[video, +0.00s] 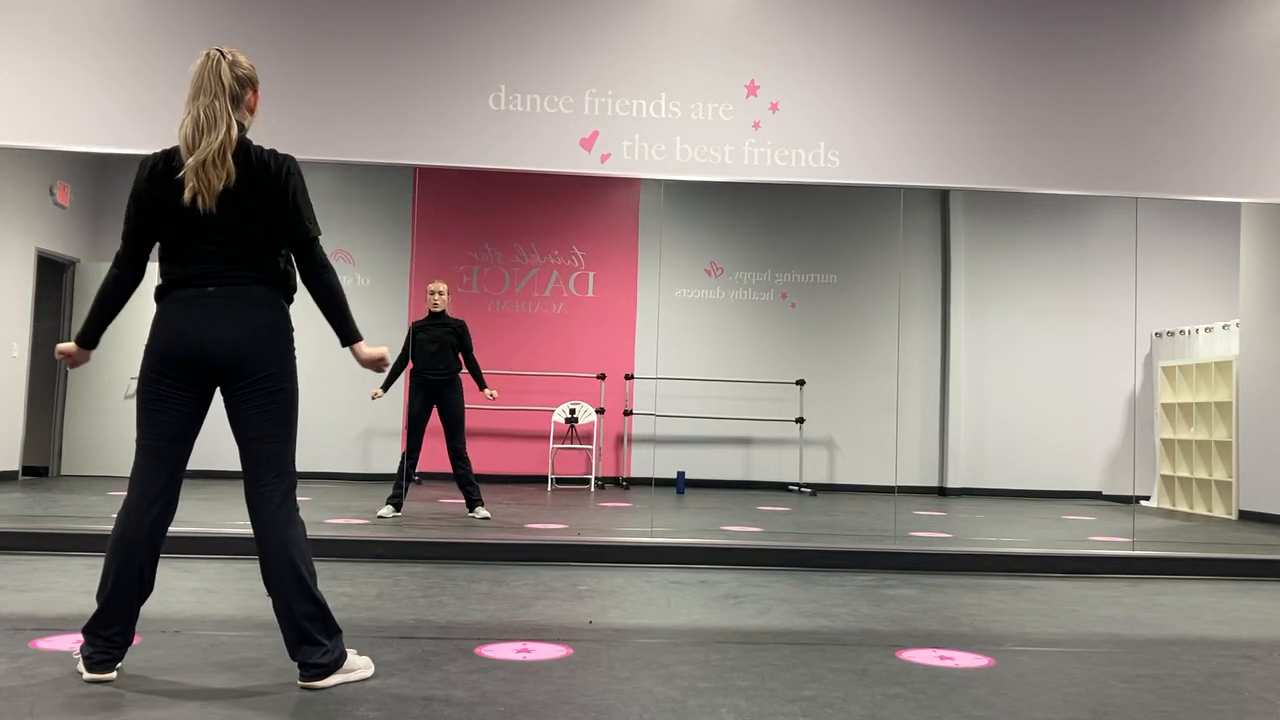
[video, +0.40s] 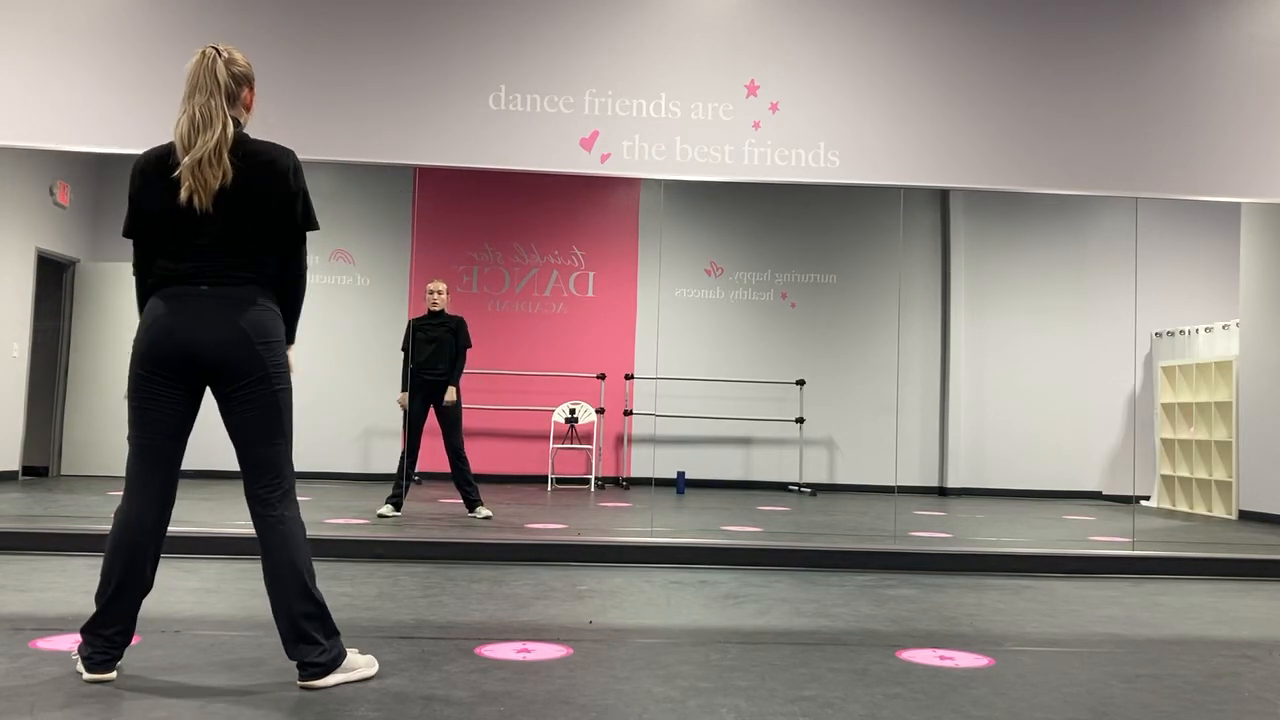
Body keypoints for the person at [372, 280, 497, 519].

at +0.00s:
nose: (436, 297)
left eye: (440, 293)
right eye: (432, 293)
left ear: (448, 298)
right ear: (426, 297)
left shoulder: (458, 326)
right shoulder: (417, 327)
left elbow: (469, 358)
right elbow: (402, 360)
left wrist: (484, 387)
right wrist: (383, 388)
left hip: (450, 390)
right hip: (420, 391)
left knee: (458, 448)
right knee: (411, 448)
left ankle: (475, 505)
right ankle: (394, 504)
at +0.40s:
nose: (435, 296)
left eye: (439, 293)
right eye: (431, 292)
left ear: (447, 297)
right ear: (425, 296)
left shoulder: (457, 323)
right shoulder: (414, 324)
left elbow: (461, 357)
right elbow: (406, 360)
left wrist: (453, 385)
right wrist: (405, 390)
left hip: (445, 391)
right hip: (417, 392)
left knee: (456, 449)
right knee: (410, 448)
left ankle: (474, 505)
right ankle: (394, 503)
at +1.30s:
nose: (438, 300)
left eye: (443, 296)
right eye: (434, 296)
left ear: (451, 300)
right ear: (429, 301)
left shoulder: (459, 326)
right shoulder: (419, 328)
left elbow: (456, 351)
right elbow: (407, 356)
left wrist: (443, 326)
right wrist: (434, 361)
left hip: (444, 391)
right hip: (416, 390)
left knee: (457, 447)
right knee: (406, 445)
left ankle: (481, 503)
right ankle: (393, 503)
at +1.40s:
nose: (437, 295)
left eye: (442, 292)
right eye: (434, 291)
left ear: (450, 298)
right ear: (428, 297)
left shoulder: (459, 324)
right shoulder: (419, 325)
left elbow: (457, 347)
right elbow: (408, 352)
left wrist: (444, 318)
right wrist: (436, 356)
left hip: (447, 390)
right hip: (419, 389)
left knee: (459, 447)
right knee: (408, 445)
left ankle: (481, 503)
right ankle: (393, 503)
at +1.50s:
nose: (439, 293)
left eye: (443, 290)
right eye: (435, 290)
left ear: (452, 297)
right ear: (429, 296)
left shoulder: (459, 323)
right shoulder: (419, 323)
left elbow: (460, 344)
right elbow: (410, 350)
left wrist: (447, 316)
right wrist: (440, 351)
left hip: (452, 390)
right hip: (423, 389)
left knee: (463, 447)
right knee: (412, 448)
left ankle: (482, 503)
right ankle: (394, 503)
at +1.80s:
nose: (444, 302)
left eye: (448, 298)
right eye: (440, 298)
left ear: (455, 303)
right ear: (434, 302)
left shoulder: (463, 328)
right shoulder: (421, 328)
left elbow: (467, 354)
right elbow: (417, 359)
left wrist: (453, 328)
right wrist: (448, 361)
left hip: (465, 392)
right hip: (435, 394)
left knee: (472, 449)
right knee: (420, 450)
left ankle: (483, 504)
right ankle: (395, 504)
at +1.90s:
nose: (444, 298)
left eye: (448, 295)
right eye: (440, 294)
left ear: (456, 301)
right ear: (433, 300)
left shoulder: (464, 326)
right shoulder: (421, 326)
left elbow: (467, 350)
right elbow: (417, 356)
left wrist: (453, 323)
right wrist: (448, 359)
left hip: (464, 391)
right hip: (434, 392)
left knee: (471, 449)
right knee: (418, 451)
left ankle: (483, 504)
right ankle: (395, 504)